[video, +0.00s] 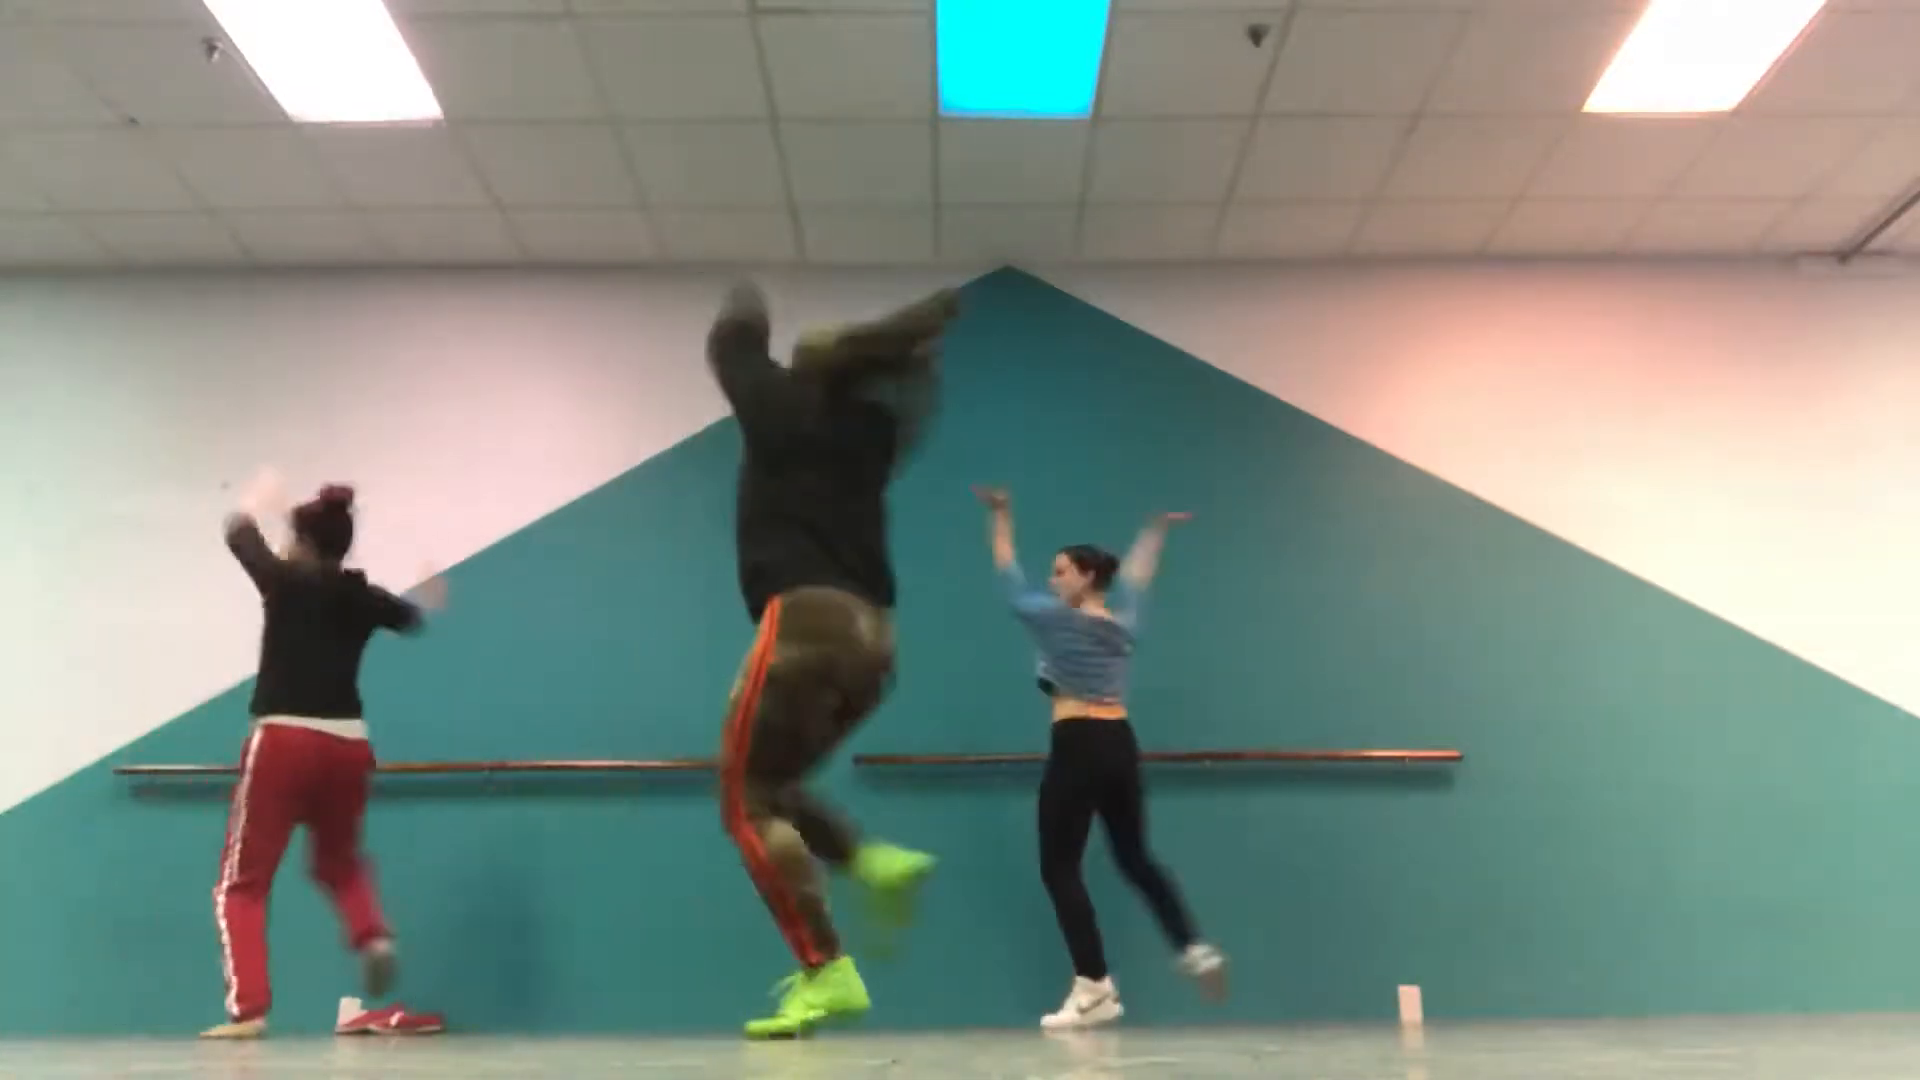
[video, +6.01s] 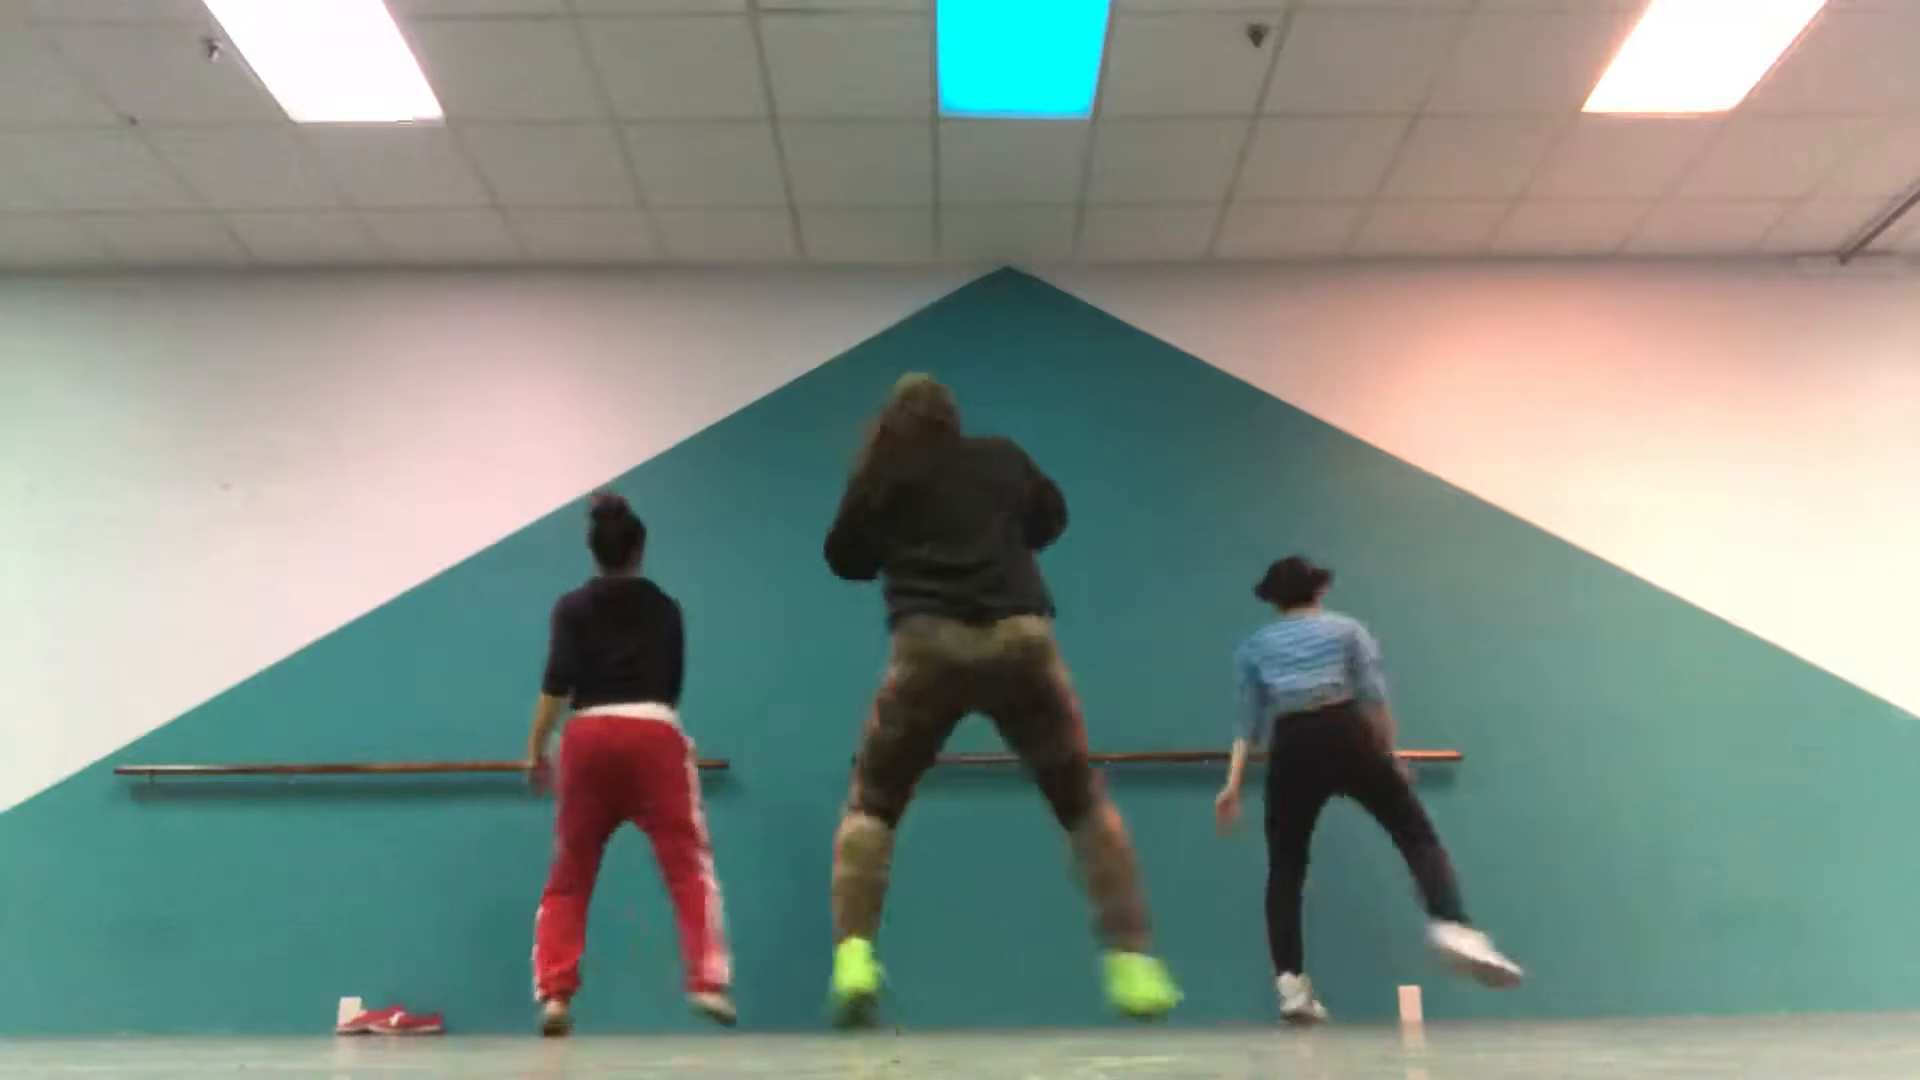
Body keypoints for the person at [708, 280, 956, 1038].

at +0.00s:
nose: (792, 366)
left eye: (797, 358)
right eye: (805, 358)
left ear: (805, 365)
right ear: (861, 377)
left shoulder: (780, 404)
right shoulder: (875, 428)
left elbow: (733, 347)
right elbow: (909, 399)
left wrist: (745, 304)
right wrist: (917, 341)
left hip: (805, 623)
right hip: (873, 635)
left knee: (748, 802)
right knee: (773, 785)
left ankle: (824, 970)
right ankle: (870, 858)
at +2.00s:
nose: (834, 403)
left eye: (846, 389)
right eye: (824, 395)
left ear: (880, 390)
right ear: (820, 406)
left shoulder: (899, 455)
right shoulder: (842, 461)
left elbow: (908, 539)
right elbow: (809, 541)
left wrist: (903, 631)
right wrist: (797, 624)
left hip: (845, 619)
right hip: (825, 622)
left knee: (785, 787)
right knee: (862, 811)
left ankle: (780, 985)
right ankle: (949, 976)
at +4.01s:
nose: (920, 360)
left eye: (921, 347)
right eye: (908, 345)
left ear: (883, 350)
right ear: (869, 344)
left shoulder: (877, 411)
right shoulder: (844, 395)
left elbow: (924, 492)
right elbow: (914, 474)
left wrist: (1001, 510)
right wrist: (1001, 513)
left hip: (866, 591)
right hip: (838, 583)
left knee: (892, 779)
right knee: (925, 741)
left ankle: (870, 980)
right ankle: (761, 834)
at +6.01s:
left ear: (891, 425)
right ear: (952, 417)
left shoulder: (879, 475)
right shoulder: (998, 455)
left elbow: (846, 559)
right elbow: (1049, 518)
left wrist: (902, 524)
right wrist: (990, 530)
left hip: (927, 653)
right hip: (1023, 648)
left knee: (873, 805)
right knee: (1082, 801)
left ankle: (854, 955)